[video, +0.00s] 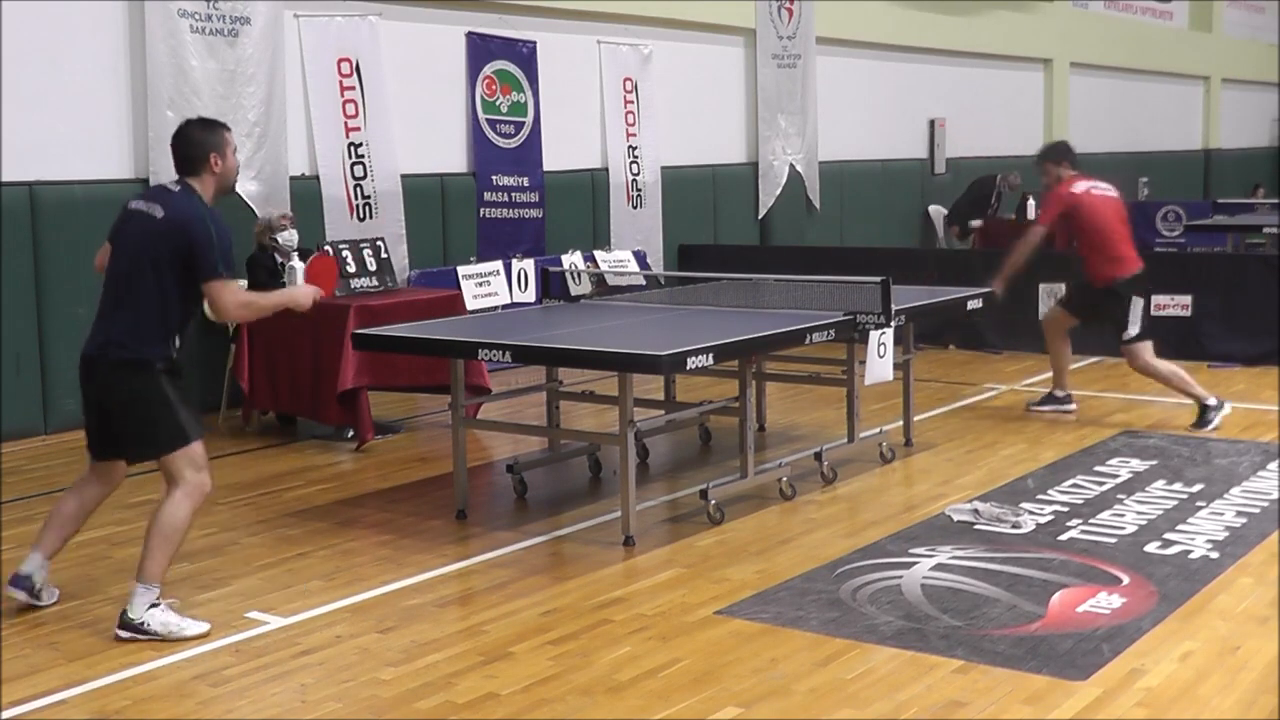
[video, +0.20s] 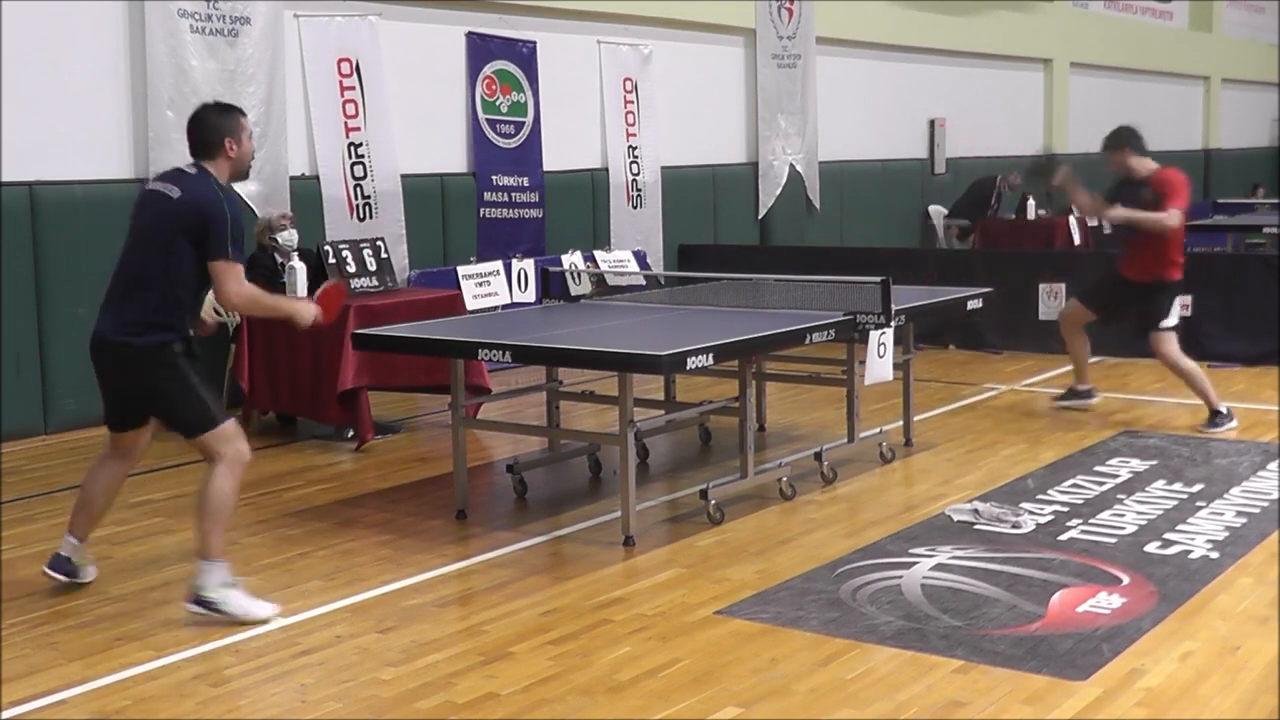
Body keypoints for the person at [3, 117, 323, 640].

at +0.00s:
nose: (237, 162)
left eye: (234, 152)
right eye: (233, 154)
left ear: (184, 161)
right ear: (216, 162)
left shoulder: (144, 201)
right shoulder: (202, 221)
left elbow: (104, 263)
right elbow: (227, 306)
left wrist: (171, 284)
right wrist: (288, 298)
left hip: (100, 362)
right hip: (139, 369)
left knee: (105, 472)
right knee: (192, 480)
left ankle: (31, 572)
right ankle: (143, 605)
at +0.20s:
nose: (251, 147)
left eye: (248, 138)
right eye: (248, 139)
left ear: (201, 145)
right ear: (231, 145)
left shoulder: (162, 185)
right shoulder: (216, 203)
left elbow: (151, 266)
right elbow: (232, 293)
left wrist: (193, 311)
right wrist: (293, 308)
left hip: (114, 342)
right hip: (152, 349)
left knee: (123, 449)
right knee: (232, 451)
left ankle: (68, 553)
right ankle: (212, 583)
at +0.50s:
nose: (247, 196)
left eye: (246, 188)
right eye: (247, 189)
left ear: (198, 181)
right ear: (236, 192)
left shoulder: (148, 210)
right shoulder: (227, 244)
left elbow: (155, 277)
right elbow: (234, 322)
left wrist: (223, 289)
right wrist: (252, 295)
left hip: (93, 355)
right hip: (145, 363)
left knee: (124, 452)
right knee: (209, 461)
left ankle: (92, 555)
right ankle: (236, 589)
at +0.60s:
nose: (231, 178)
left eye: (233, 172)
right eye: (232, 171)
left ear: (185, 156)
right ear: (218, 165)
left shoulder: (127, 168)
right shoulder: (214, 199)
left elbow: (66, 208)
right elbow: (217, 258)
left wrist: (99, 251)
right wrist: (237, 227)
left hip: (87, 323)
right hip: (137, 326)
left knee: (104, 436)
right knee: (160, 439)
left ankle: (88, 552)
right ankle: (171, 569)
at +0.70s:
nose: (220, 157)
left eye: (221, 150)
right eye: (221, 150)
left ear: (177, 131)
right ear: (209, 142)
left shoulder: (117, 148)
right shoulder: (204, 175)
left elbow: (43, 176)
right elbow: (211, 243)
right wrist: (202, 194)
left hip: (89, 304)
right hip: (136, 310)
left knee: (102, 418)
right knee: (152, 424)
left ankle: (85, 537)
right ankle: (149, 555)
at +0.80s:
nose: (205, 139)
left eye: (205, 130)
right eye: (203, 129)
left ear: (155, 121)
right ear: (187, 125)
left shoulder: (102, 148)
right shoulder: (189, 166)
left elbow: (32, 162)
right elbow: (209, 242)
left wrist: (10, 137)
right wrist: (181, 230)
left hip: (85, 308)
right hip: (135, 313)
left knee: (98, 416)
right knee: (165, 425)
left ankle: (68, 526)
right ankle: (161, 552)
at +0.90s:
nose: (193, 150)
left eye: (192, 141)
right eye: (191, 142)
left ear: (145, 141)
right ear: (175, 143)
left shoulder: (96, 171)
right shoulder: (177, 196)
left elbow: (35, 203)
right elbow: (182, 276)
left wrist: (19, 178)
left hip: (81, 332)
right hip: (133, 337)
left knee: (85, 433)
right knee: (189, 438)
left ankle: (49, 533)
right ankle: (179, 559)